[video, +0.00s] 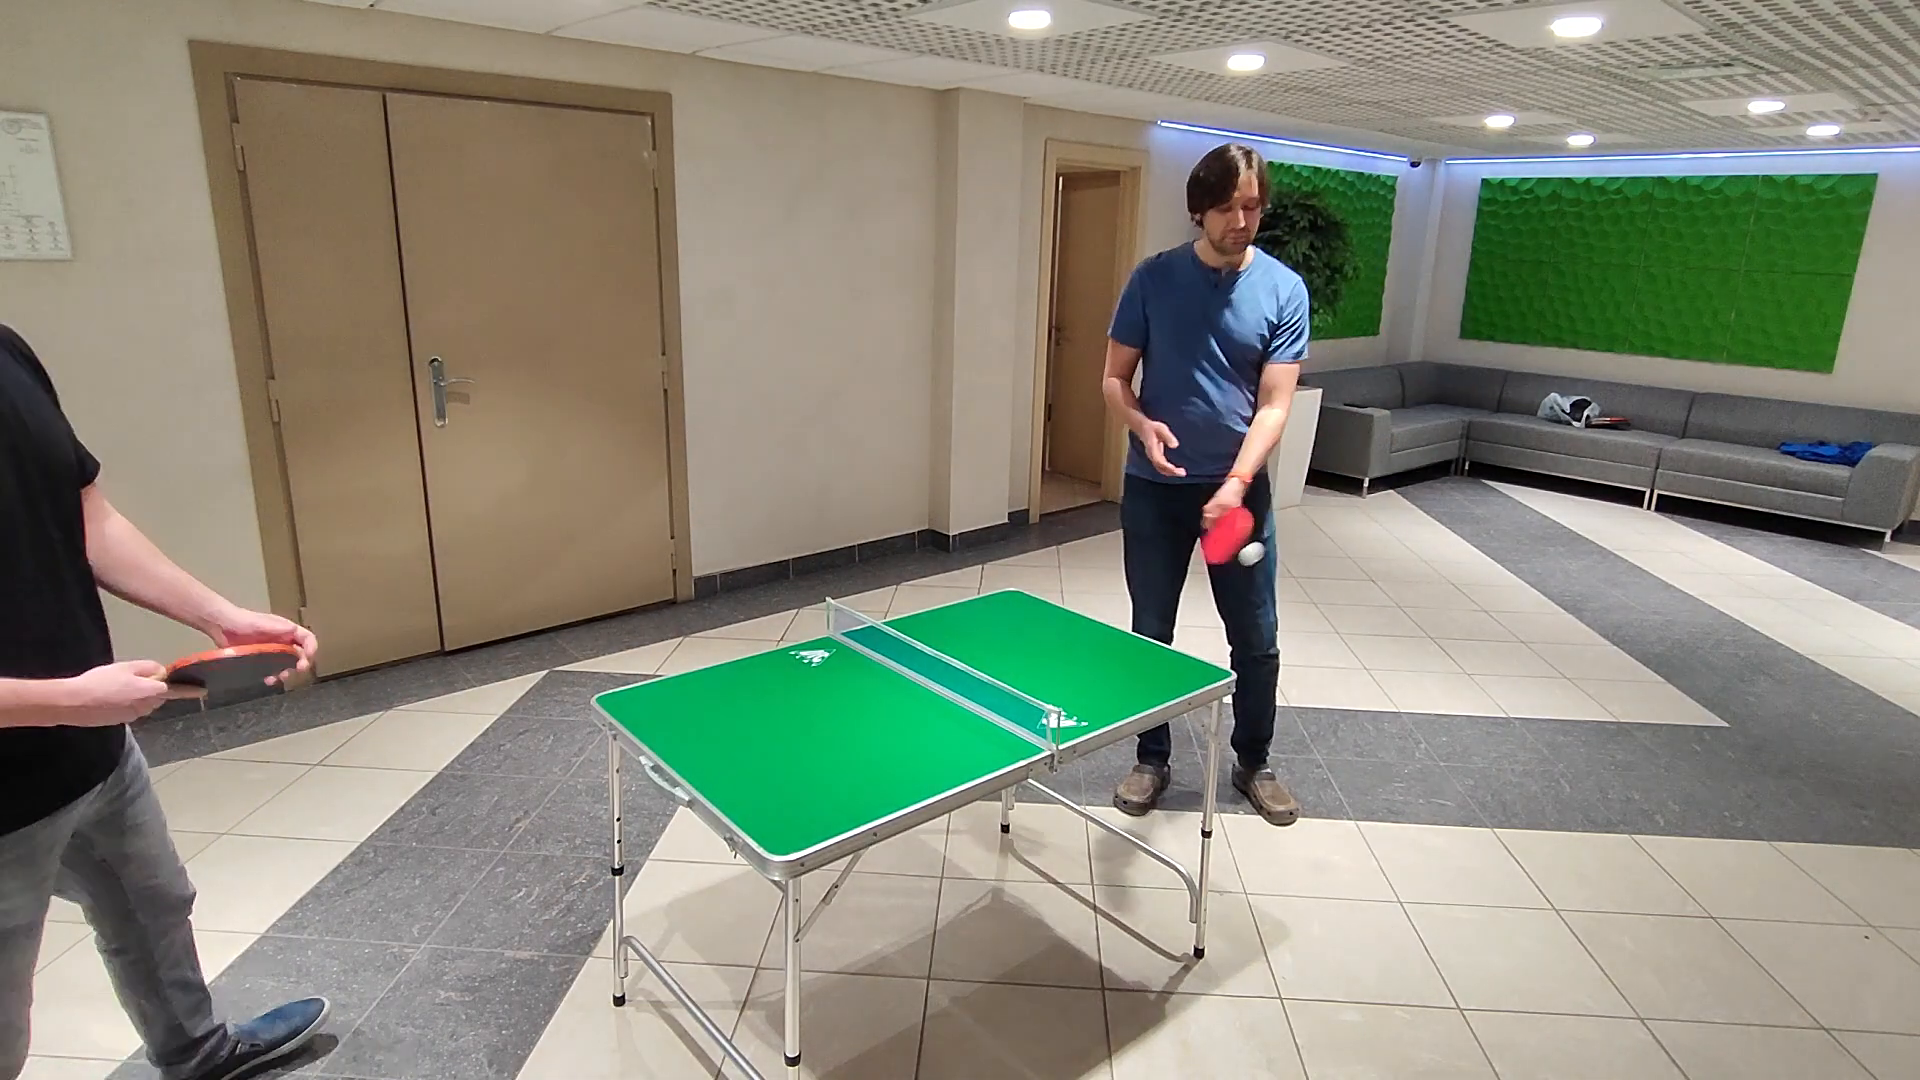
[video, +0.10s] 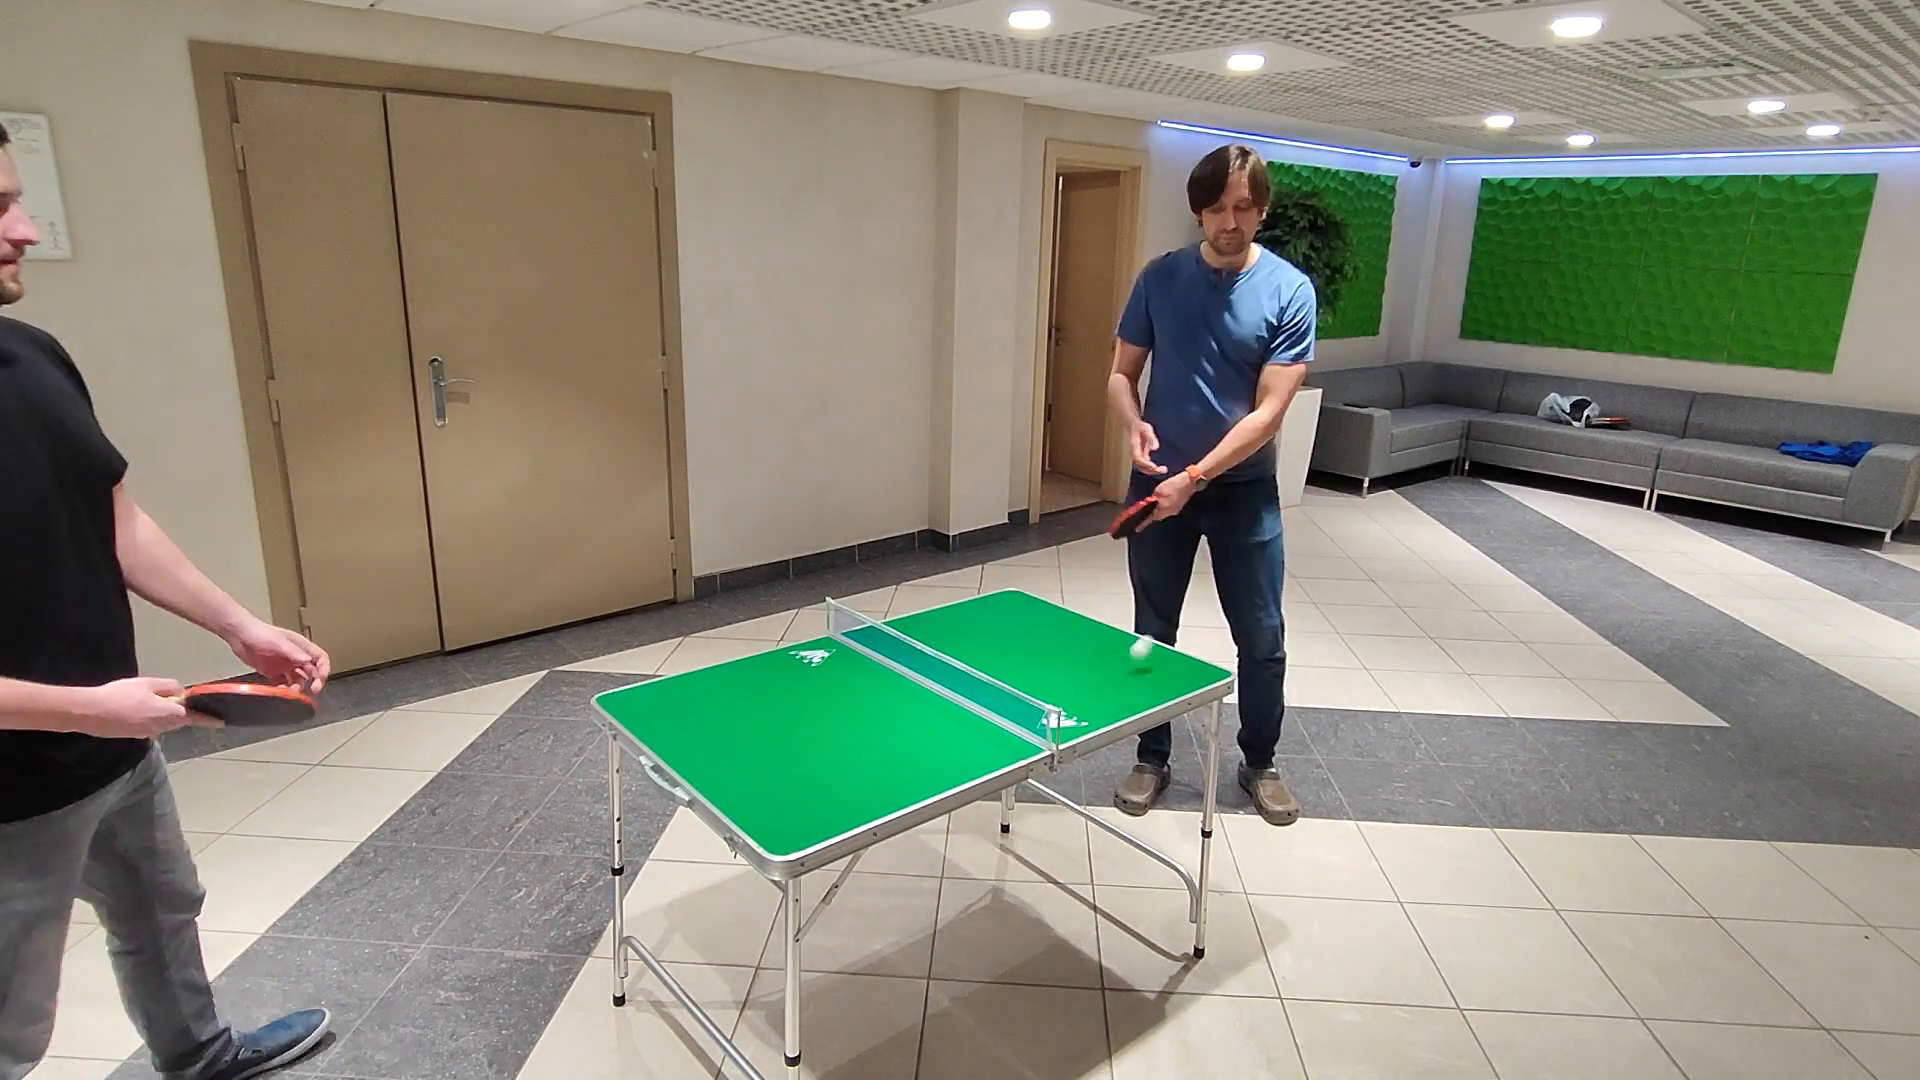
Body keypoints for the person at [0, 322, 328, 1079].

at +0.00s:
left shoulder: (11, 358)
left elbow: (91, 523)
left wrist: (225, 617)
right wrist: (65, 699)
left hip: (94, 751)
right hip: (9, 791)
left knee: (151, 909)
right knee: (5, 1043)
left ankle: (193, 1051)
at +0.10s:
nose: (24, 229)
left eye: (19, 202)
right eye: (5, 206)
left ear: (22, 212)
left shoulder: (38, 355)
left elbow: (118, 520)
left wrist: (242, 627)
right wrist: (87, 708)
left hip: (116, 743)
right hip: (18, 786)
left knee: (161, 912)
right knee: (13, 1038)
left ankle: (194, 1053)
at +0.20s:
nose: (78, 239)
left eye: (75, 213)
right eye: (45, 216)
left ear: (67, 219)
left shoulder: (77, 352)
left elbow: (147, 517)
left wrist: (251, 627)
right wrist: (104, 713)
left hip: (145, 730)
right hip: (33, 776)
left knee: (181, 899)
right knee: (36, 1036)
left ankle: (203, 1050)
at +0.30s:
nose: (127, 244)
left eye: (128, 220)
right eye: (101, 221)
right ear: (12, 222)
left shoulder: (116, 348)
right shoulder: (6, 366)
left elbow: (173, 506)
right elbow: (0, 640)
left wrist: (255, 622)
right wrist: (120, 712)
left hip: (162, 719)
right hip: (47, 754)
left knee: (191, 912)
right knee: (124, 981)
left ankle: (203, 1050)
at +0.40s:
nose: (177, 256)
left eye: (179, 230)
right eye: (151, 230)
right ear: (52, 221)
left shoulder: (156, 347)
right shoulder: (12, 370)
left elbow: (202, 504)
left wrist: (262, 624)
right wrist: (147, 716)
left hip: (166, 706)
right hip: (56, 733)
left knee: (195, 902)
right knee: (169, 961)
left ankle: (203, 1046)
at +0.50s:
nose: (229, 270)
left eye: (234, 247)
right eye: (205, 246)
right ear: (112, 232)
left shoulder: (194, 349)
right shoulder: (40, 372)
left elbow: (218, 492)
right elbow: (25, 599)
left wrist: (268, 614)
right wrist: (190, 725)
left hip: (167, 703)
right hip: (71, 727)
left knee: (162, 907)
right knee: (214, 928)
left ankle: (200, 1046)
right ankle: (217, 1072)